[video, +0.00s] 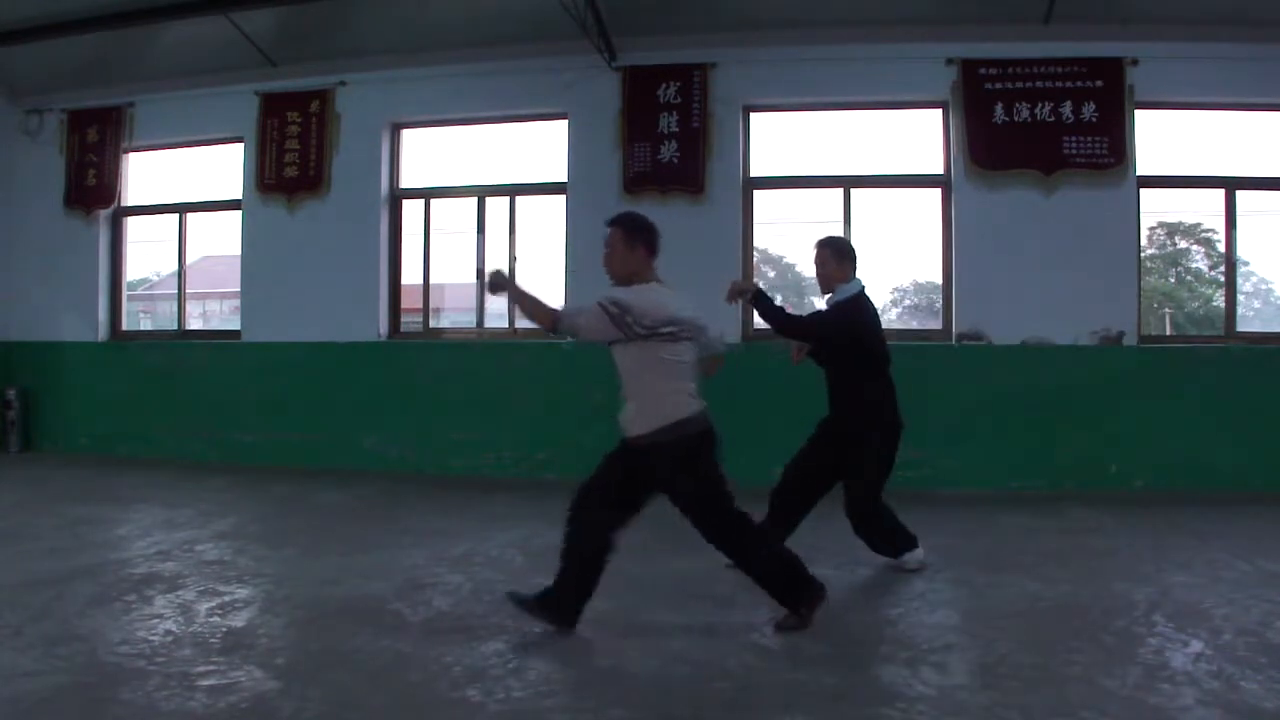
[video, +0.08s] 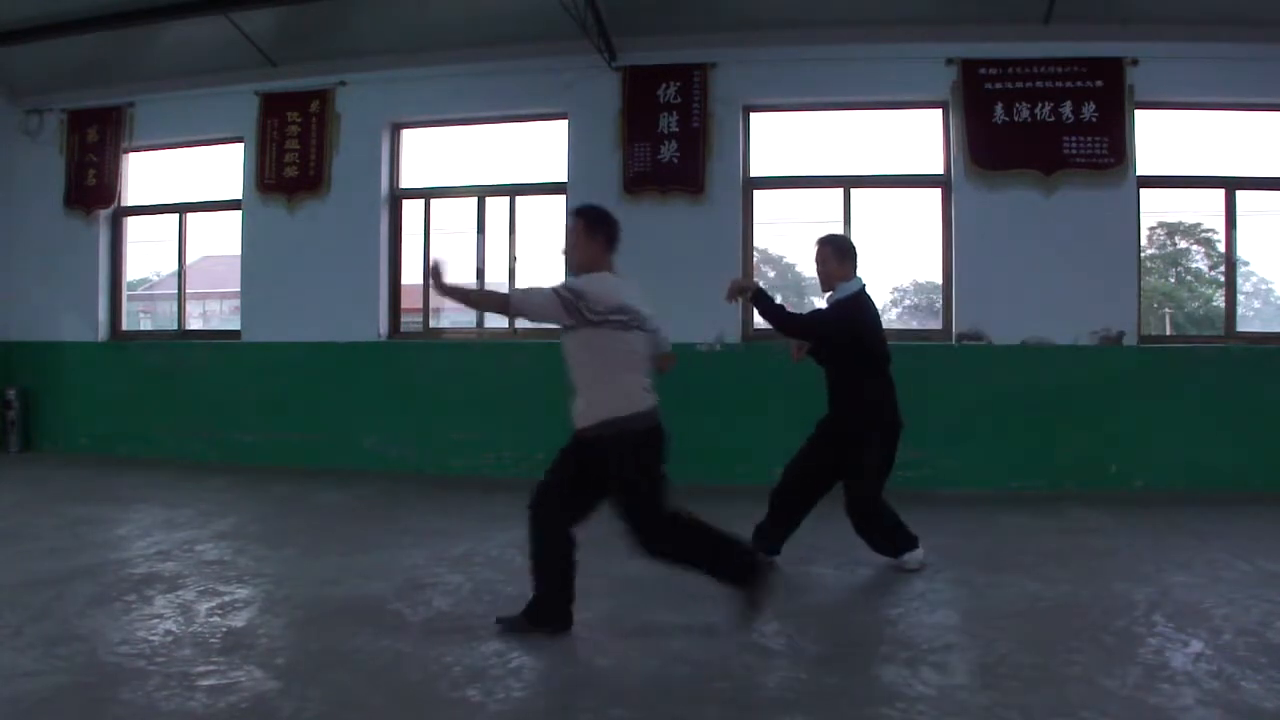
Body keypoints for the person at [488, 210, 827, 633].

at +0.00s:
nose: (604, 257)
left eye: (611, 248)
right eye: (606, 248)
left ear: (639, 252)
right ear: (641, 254)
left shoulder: (629, 304)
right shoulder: (675, 303)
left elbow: (559, 322)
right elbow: (715, 353)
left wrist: (512, 291)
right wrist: (675, 381)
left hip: (656, 440)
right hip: (688, 433)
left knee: (593, 515)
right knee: (723, 523)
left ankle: (563, 605)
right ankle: (803, 593)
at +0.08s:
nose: (567, 246)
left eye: (574, 238)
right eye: (568, 237)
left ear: (598, 244)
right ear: (605, 248)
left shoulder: (580, 295)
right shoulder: (629, 301)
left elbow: (513, 303)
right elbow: (664, 357)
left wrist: (450, 291)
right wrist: (613, 361)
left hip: (602, 436)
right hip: (643, 433)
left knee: (549, 509)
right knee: (654, 530)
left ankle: (549, 613)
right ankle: (748, 568)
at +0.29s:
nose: (490, 216)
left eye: (498, 208)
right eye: (492, 208)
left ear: (523, 213)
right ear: (513, 214)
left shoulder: (558, 268)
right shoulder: (500, 279)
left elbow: (567, 335)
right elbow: (477, 327)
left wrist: (502, 335)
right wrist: (454, 317)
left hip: (558, 388)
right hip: (520, 387)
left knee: (526, 490)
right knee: (446, 408)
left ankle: (545, 606)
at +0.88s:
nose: (327, 246)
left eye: (333, 236)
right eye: (329, 236)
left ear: (358, 238)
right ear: (362, 240)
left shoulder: (369, 296)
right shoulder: (363, 294)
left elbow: (336, 363)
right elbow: (294, 303)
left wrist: (311, 322)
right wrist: (245, 272)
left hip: (353, 429)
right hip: (382, 429)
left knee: (287, 524)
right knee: (363, 528)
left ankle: (227, 614)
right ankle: (405, 613)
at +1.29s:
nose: (222, 282)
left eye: (227, 271)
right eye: (223, 272)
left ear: (251, 272)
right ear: (260, 273)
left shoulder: (289, 320)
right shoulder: (269, 326)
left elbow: (299, 390)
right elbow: (216, 361)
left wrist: (242, 391)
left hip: (297, 450)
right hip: (330, 449)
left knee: (224, 519)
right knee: (325, 546)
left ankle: (210, 622)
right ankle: (390, 618)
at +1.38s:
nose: (221, 285)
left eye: (225, 274)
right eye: (221, 276)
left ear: (250, 274)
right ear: (258, 275)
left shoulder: (284, 320)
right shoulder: (268, 326)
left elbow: (298, 387)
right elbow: (216, 357)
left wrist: (253, 390)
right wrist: (183, 306)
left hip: (298, 449)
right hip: (333, 448)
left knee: (227, 522)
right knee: (330, 545)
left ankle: (211, 622)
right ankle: (392, 619)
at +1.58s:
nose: (239, 272)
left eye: (242, 263)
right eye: (240, 263)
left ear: (256, 263)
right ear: (278, 262)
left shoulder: (295, 311)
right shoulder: (277, 316)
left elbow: (304, 382)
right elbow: (218, 339)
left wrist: (268, 381)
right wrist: (191, 280)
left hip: (312, 441)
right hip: (343, 437)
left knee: (247, 524)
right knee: (339, 538)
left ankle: (212, 621)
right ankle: (396, 619)